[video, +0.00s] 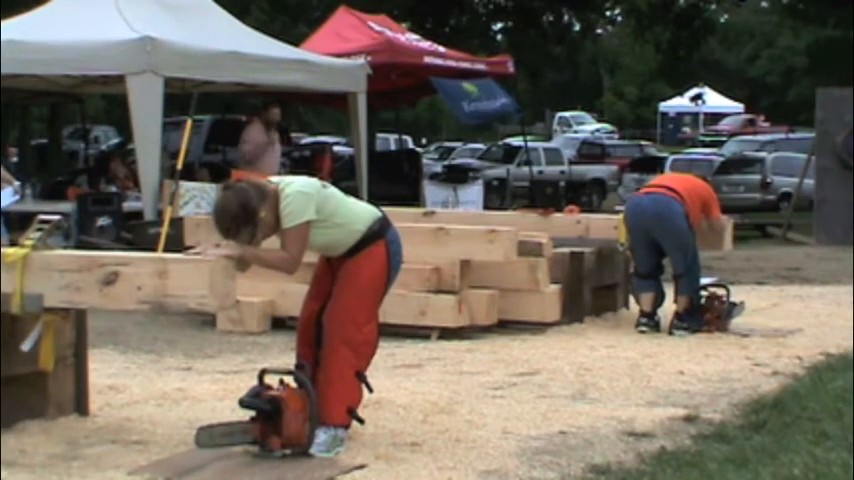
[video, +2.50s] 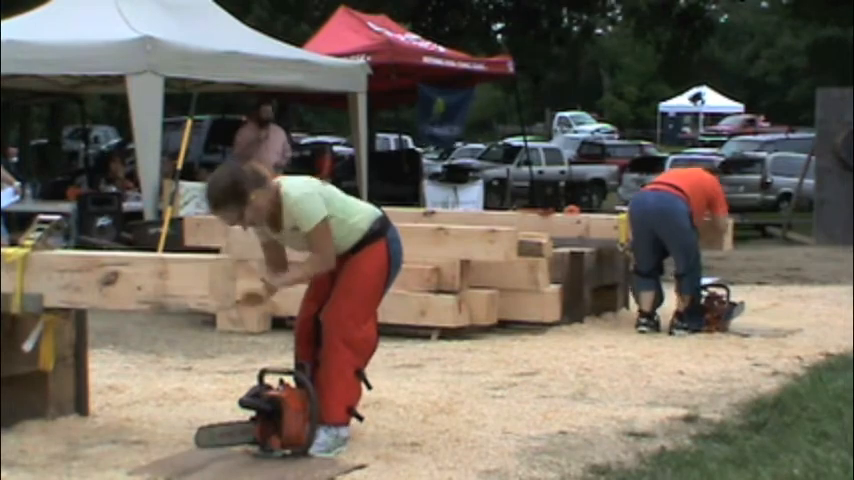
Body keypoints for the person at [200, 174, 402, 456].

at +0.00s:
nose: (259, 237)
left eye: (257, 232)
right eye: (252, 235)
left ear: (264, 210)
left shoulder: (297, 197)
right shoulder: (262, 197)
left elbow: (290, 262)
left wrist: (239, 252)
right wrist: (236, 252)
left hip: (373, 246)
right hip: (337, 251)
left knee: (340, 325)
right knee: (311, 321)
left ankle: (335, 425)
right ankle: (309, 412)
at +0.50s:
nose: (259, 240)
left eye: (258, 235)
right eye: (253, 238)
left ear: (264, 213)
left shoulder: (297, 198)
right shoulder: (264, 198)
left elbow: (290, 263)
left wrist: (240, 252)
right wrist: (239, 252)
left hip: (373, 246)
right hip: (337, 251)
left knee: (340, 325)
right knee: (311, 321)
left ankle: (335, 425)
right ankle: (309, 412)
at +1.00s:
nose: (257, 233)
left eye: (256, 228)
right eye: (249, 232)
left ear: (262, 206)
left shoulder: (297, 194)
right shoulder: (263, 194)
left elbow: (290, 261)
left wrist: (242, 253)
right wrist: (230, 252)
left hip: (372, 246)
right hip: (337, 252)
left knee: (340, 325)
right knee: (310, 321)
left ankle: (334, 426)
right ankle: (309, 412)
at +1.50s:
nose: (252, 233)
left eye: (251, 227)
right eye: (244, 231)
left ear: (260, 204)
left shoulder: (296, 195)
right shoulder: (262, 194)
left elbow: (291, 260)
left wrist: (244, 253)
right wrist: (232, 250)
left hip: (371, 247)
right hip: (336, 254)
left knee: (338, 325)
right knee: (309, 322)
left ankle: (334, 425)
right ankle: (309, 413)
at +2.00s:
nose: (246, 234)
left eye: (248, 226)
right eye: (240, 230)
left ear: (261, 204)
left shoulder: (295, 196)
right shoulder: (260, 195)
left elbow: (291, 260)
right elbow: (245, 263)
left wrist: (241, 253)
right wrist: (227, 250)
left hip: (371, 247)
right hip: (335, 254)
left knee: (338, 326)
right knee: (309, 321)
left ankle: (334, 425)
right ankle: (309, 413)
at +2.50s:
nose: (244, 227)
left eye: (242, 219)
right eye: (238, 224)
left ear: (256, 198)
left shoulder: (302, 198)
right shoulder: (263, 214)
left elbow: (325, 262)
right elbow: (277, 267)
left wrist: (281, 281)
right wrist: (264, 293)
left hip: (374, 245)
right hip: (337, 254)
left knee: (338, 322)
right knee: (309, 322)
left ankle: (336, 426)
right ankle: (310, 414)